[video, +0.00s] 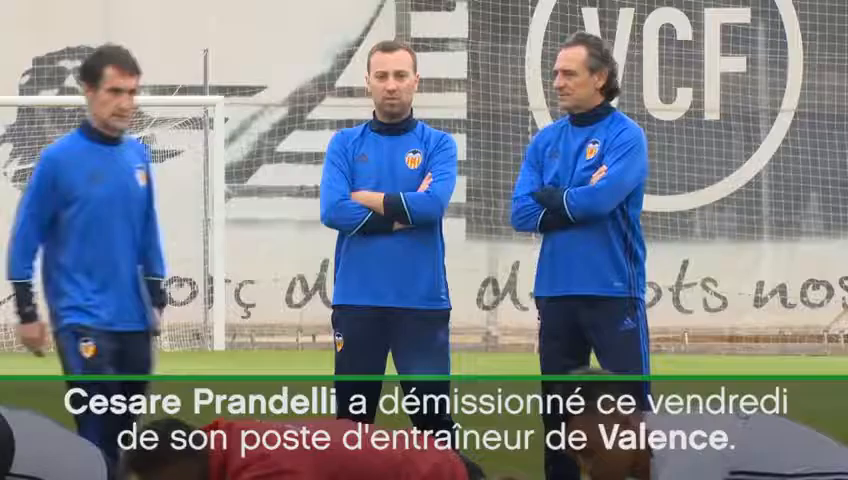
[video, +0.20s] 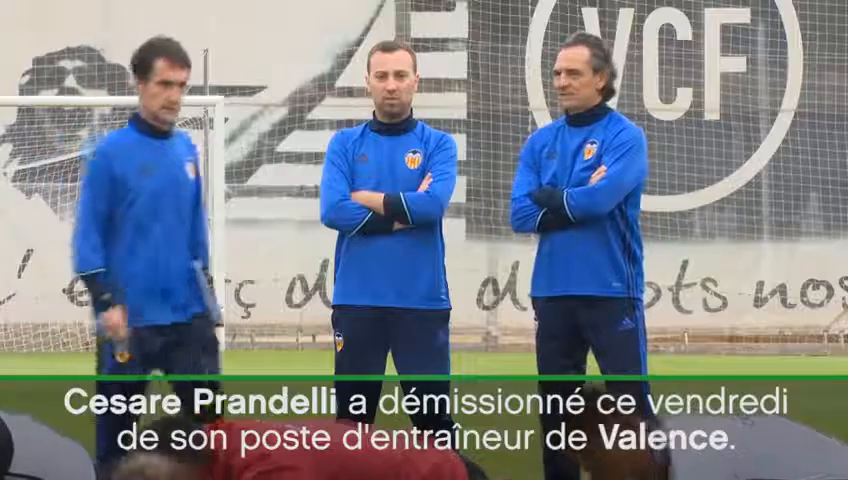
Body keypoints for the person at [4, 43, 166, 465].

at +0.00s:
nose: (125, 103)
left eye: (132, 93)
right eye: (115, 91)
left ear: (138, 95)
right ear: (88, 92)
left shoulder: (137, 154)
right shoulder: (58, 159)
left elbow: (147, 226)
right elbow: (24, 234)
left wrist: (157, 284)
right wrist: (26, 308)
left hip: (132, 308)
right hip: (79, 311)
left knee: (131, 424)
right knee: (99, 426)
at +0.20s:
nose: (174, 97)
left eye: (182, 87)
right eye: (165, 84)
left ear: (186, 89)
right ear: (139, 85)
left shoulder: (185, 149)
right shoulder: (111, 152)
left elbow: (196, 231)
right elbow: (87, 234)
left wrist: (204, 297)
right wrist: (105, 301)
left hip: (189, 313)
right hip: (130, 318)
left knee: (206, 421)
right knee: (117, 433)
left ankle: (202, 478)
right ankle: (112, 478)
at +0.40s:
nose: (235, 107)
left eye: (241, 96)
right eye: (225, 95)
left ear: (247, 97)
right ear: (199, 95)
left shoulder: (245, 162)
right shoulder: (169, 163)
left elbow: (254, 243)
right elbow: (143, 242)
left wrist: (263, 310)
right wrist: (175, 299)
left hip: (244, 331)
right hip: (182, 335)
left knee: (253, 446)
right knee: (172, 447)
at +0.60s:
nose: (302, 101)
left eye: (309, 91)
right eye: (293, 89)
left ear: (316, 92)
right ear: (266, 85)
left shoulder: (312, 154)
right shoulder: (230, 150)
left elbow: (322, 241)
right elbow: (200, 232)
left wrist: (335, 313)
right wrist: (209, 305)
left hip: (310, 317)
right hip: (251, 318)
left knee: (307, 433)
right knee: (258, 434)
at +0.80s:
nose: (353, 109)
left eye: (360, 99)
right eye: (344, 97)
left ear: (366, 95)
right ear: (317, 91)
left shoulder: (367, 160)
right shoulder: (281, 157)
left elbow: (378, 236)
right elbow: (244, 232)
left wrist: (393, 300)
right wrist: (238, 310)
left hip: (356, 315)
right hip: (299, 313)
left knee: (355, 429)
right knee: (321, 414)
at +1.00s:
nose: (401, 112)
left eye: (408, 101)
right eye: (391, 100)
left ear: (416, 95)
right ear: (364, 93)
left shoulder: (415, 158)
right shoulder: (330, 160)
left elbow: (428, 237)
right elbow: (299, 241)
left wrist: (439, 303)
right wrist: (291, 320)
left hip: (412, 318)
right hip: (352, 319)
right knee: (365, 442)